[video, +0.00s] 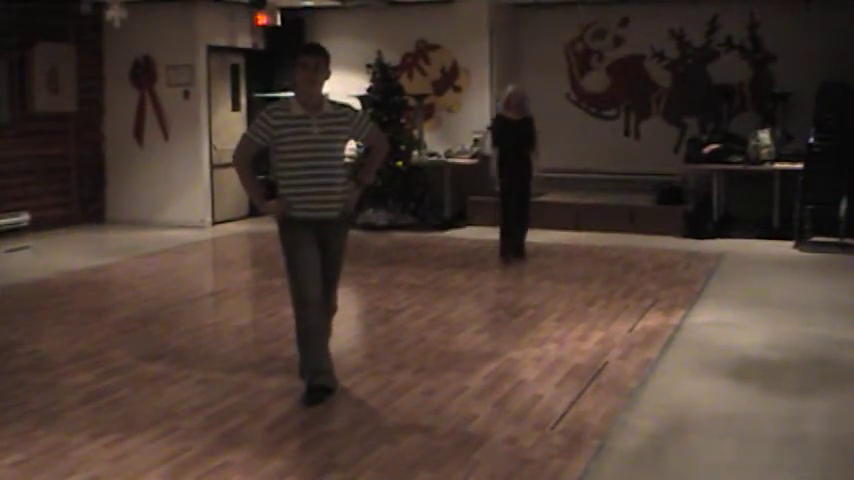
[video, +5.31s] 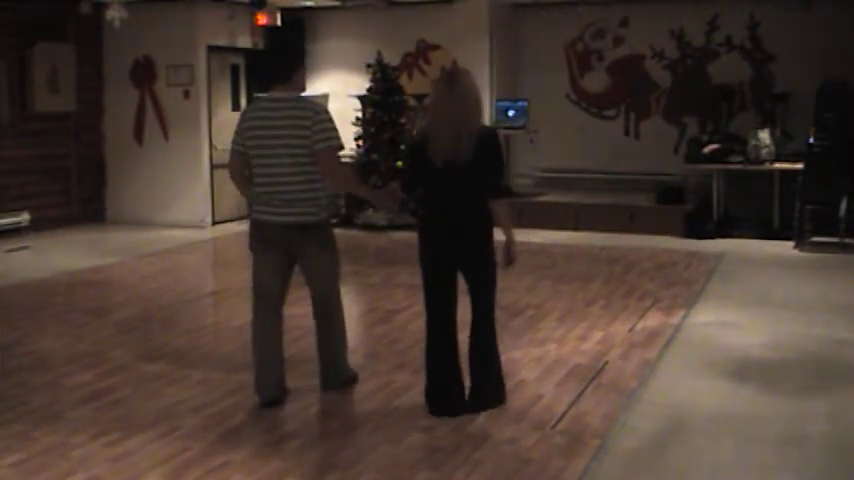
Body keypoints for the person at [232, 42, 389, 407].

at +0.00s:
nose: (309, 76)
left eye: (316, 70)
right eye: (303, 69)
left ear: (327, 75)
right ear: (293, 74)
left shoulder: (343, 115)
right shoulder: (274, 116)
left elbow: (380, 145)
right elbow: (241, 157)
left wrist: (357, 186)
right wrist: (261, 201)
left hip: (335, 218)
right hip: (295, 219)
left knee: (326, 297)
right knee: (308, 298)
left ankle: (314, 361)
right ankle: (318, 378)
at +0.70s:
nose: (330, 74)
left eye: (331, 68)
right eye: (323, 68)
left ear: (326, 72)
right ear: (304, 71)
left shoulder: (325, 111)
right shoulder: (291, 111)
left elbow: (334, 158)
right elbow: (275, 160)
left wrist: (337, 194)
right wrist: (290, 198)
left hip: (331, 212)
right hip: (308, 214)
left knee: (324, 290)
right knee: (328, 292)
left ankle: (311, 362)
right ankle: (328, 373)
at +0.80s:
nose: (333, 71)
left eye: (332, 66)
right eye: (327, 66)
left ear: (314, 72)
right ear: (308, 71)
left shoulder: (314, 108)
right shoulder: (299, 109)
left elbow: (311, 156)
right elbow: (290, 149)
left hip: (320, 211)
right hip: (311, 212)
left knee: (318, 287)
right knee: (334, 290)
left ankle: (305, 361)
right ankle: (330, 371)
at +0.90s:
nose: (327, 72)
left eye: (325, 65)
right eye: (323, 66)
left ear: (300, 71)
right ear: (312, 70)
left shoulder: (292, 105)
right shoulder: (315, 106)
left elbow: (277, 143)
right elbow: (327, 156)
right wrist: (333, 202)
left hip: (299, 209)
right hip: (319, 209)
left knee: (315, 288)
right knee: (336, 291)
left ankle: (304, 364)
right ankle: (333, 370)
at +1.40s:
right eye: (302, 67)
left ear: (275, 75)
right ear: (306, 71)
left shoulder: (263, 112)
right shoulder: (329, 107)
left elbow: (226, 150)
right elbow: (364, 142)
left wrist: (251, 181)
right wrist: (377, 172)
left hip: (287, 216)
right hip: (329, 212)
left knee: (290, 294)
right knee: (331, 296)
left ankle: (295, 368)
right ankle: (331, 376)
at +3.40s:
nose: (335, 70)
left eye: (333, 64)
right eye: (334, 65)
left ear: (300, 68)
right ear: (330, 68)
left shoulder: (285, 106)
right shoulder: (342, 107)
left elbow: (257, 142)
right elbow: (356, 153)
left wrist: (258, 180)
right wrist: (398, 187)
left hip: (290, 209)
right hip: (332, 209)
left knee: (293, 288)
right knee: (339, 288)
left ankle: (290, 365)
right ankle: (343, 359)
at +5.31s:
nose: (304, 73)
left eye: (301, 66)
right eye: (302, 67)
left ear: (266, 71)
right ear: (298, 70)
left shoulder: (252, 112)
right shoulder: (313, 112)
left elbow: (237, 168)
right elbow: (333, 172)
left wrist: (257, 200)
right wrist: (373, 194)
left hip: (266, 226)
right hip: (310, 225)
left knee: (266, 305)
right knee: (326, 299)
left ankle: (269, 388)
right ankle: (335, 374)